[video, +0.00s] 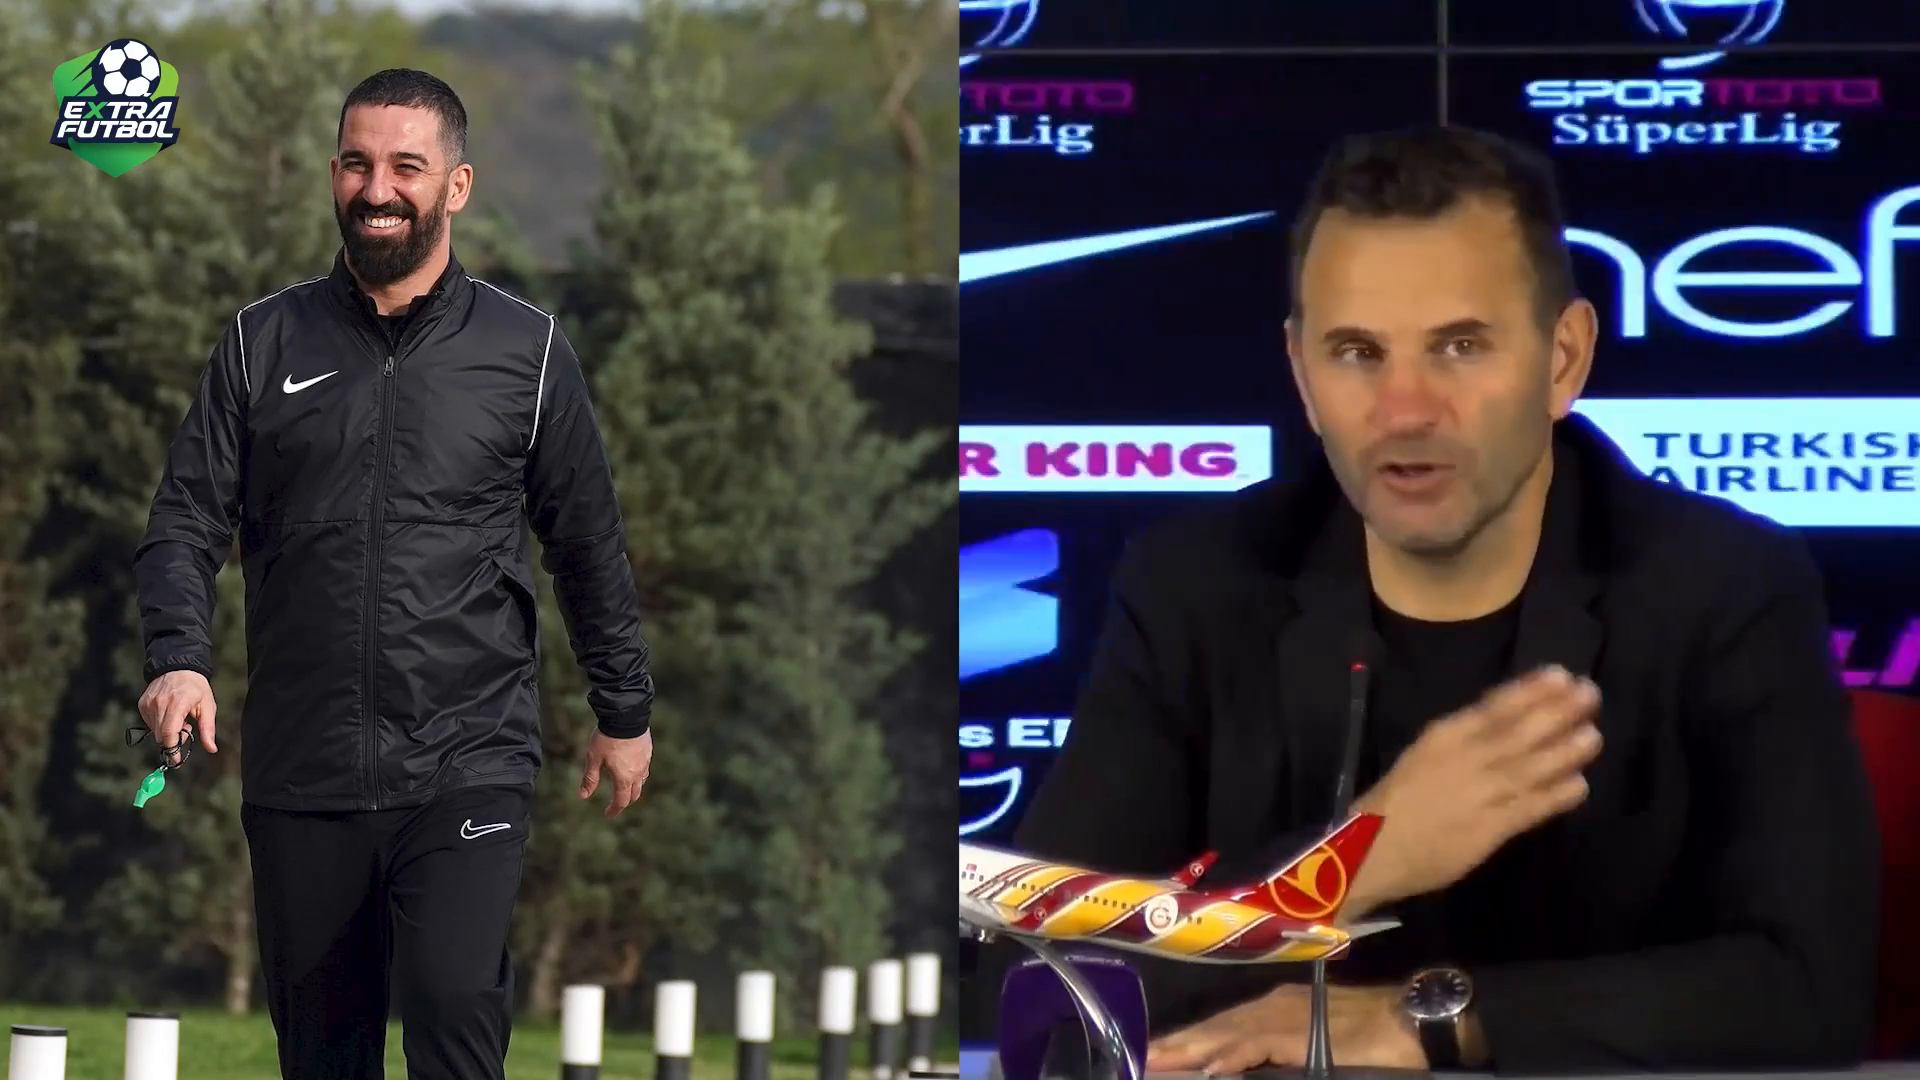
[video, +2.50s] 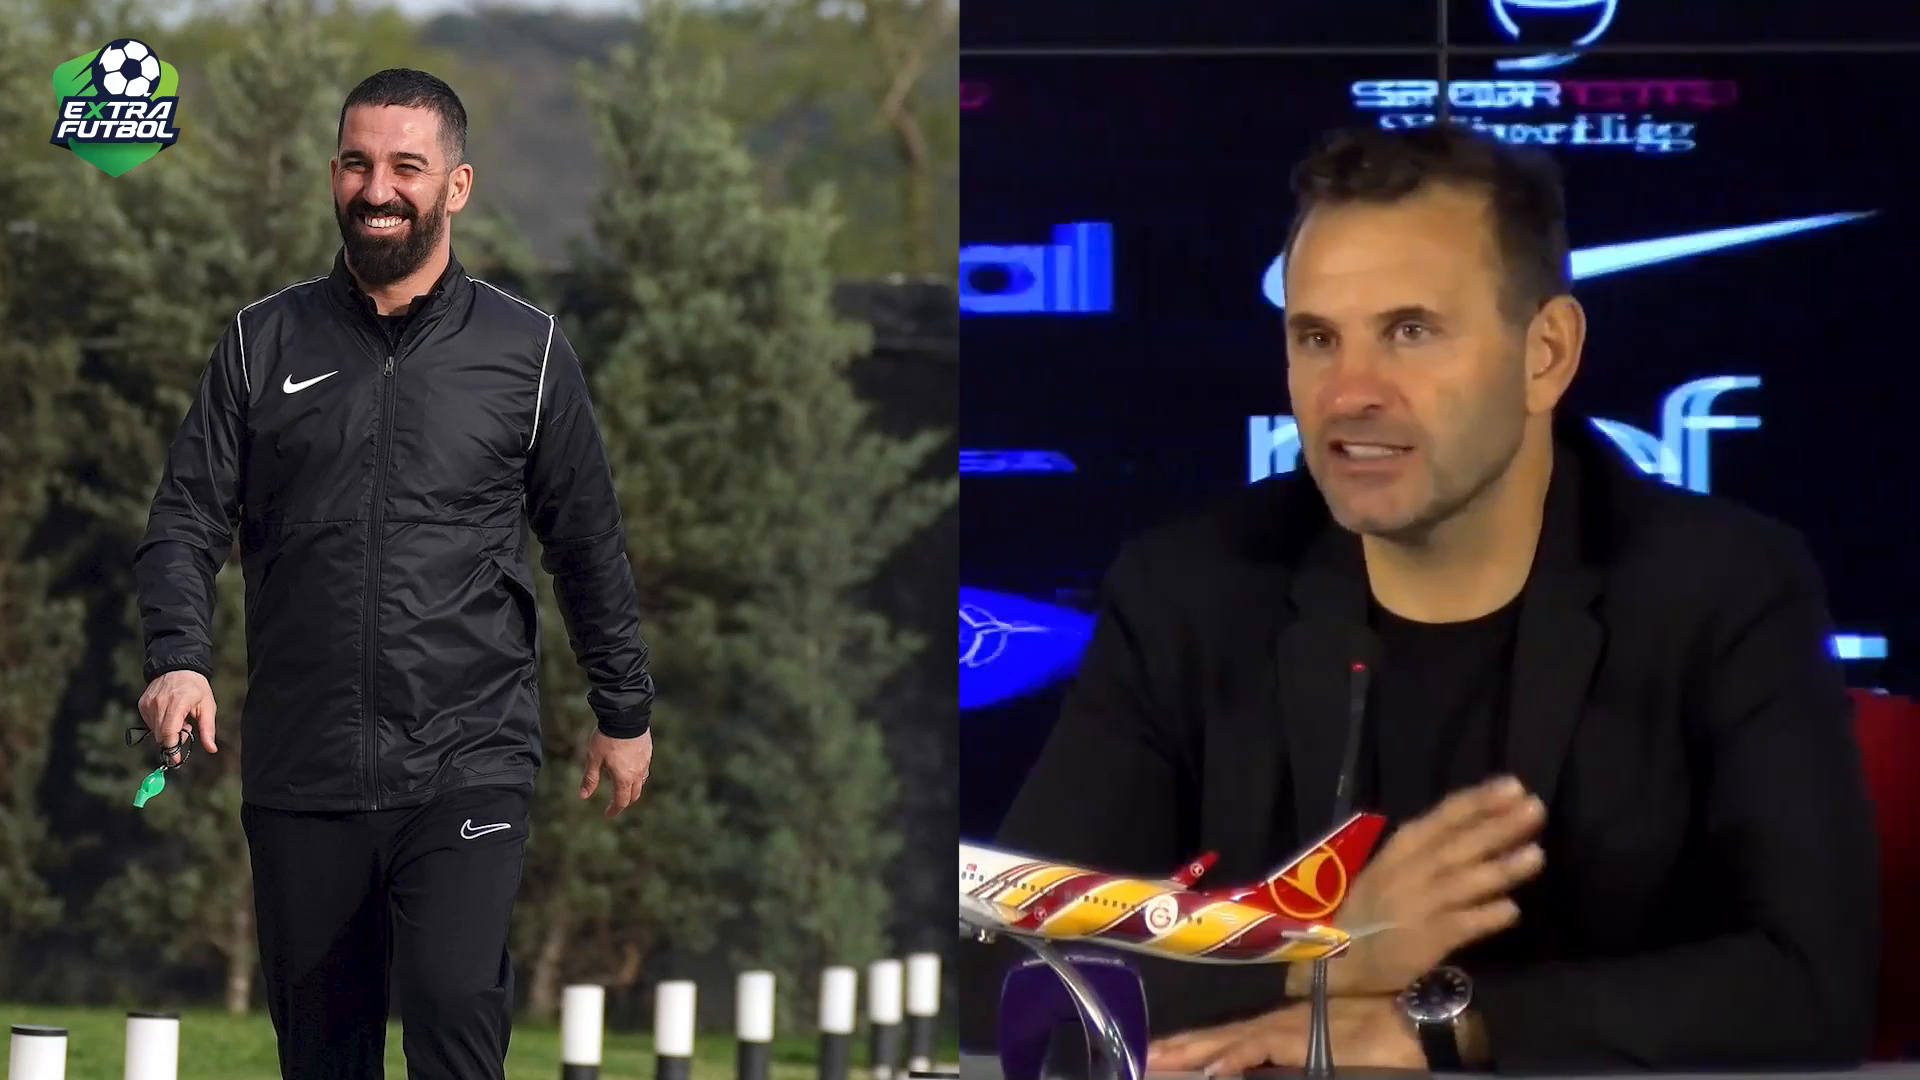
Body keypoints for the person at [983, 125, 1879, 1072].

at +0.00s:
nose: (1404, 405)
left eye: (1461, 345)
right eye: (1358, 351)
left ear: (1566, 355)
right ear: (1300, 367)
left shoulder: (1729, 593)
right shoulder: (1193, 588)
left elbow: (1810, 993)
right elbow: (1049, 981)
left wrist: (1432, 1020)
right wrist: (1357, 858)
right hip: (1252, 1077)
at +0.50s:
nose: (1338, 396)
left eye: (1407, 344)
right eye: (1316, 338)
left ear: (1550, 371)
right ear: (1290, 342)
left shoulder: (1724, 590)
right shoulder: (1189, 586)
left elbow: (1807, 989)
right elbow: (1029, 963)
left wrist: (1428, 1027)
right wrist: (1328, 958)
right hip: (1247, 1073)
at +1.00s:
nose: (1329, 398)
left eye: (1397, 344)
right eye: (1308, 339)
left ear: (1543, 368)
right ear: (1282, 342)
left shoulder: (1718, 593)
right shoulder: (1181, 592)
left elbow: (1808, 990)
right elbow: (1031, 983)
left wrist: (1438, 1030)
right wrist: (1363, 947)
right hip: (1247, 1077)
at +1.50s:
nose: (1352, 407)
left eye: (1415, 350)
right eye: (1320, 350)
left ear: (1547, 366)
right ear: (1284, 359)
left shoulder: (1719, 593)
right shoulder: (1185, 595)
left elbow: (1810, 990)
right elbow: (1020, 944)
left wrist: (1436, 1019)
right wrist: (1314, 919)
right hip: (1245, 1077)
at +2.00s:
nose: (1368, 392)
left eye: (1430, 334)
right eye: (1332, 338)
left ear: (1557, 358)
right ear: (1294, 356)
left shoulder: (1722, 592)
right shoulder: (1192, 592)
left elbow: (1809, 990)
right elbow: (1026, 956)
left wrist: (1418, 1030)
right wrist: (1329, 955)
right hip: (1248, 1072)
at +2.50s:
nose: (1348, 391)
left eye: (1409, 332)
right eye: (1316, 337)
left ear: (1548, 354)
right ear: (1285, 354)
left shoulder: (1725, 591)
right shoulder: (1189, 589)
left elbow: (1812, 989)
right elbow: (1026, 973)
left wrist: (1439, 1025)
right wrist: (1319, 959)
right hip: (1249, 1077)